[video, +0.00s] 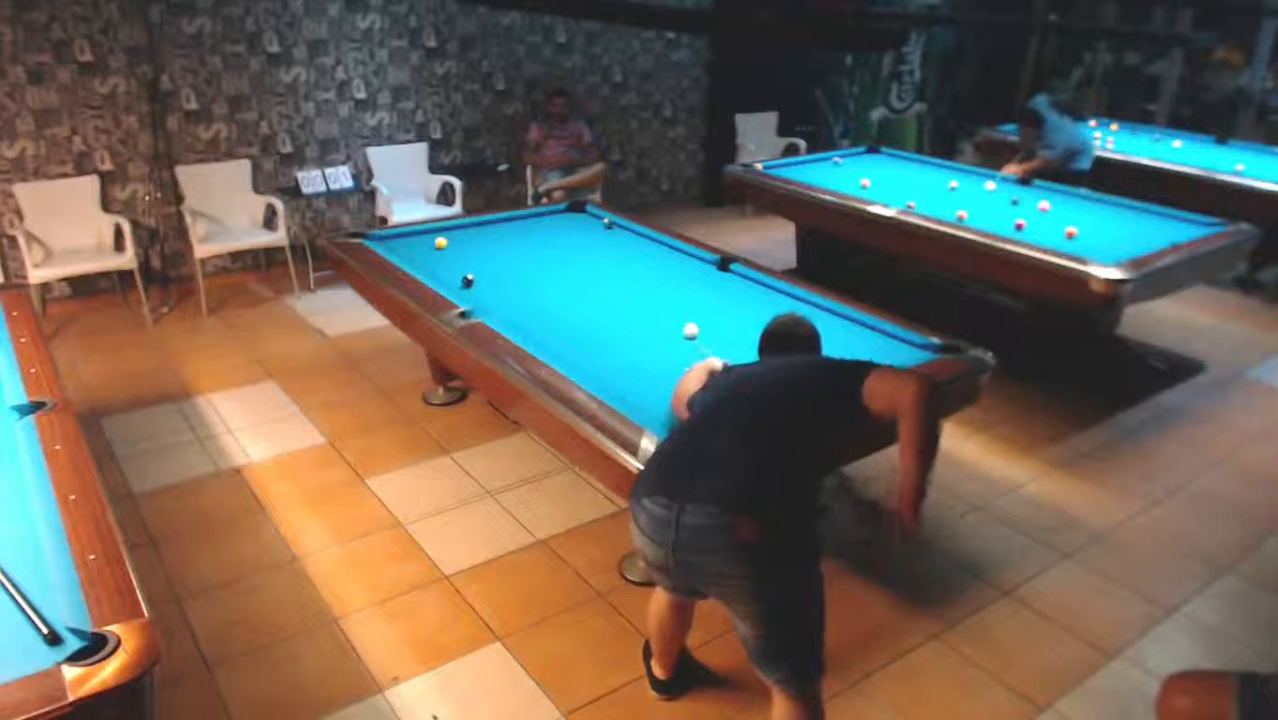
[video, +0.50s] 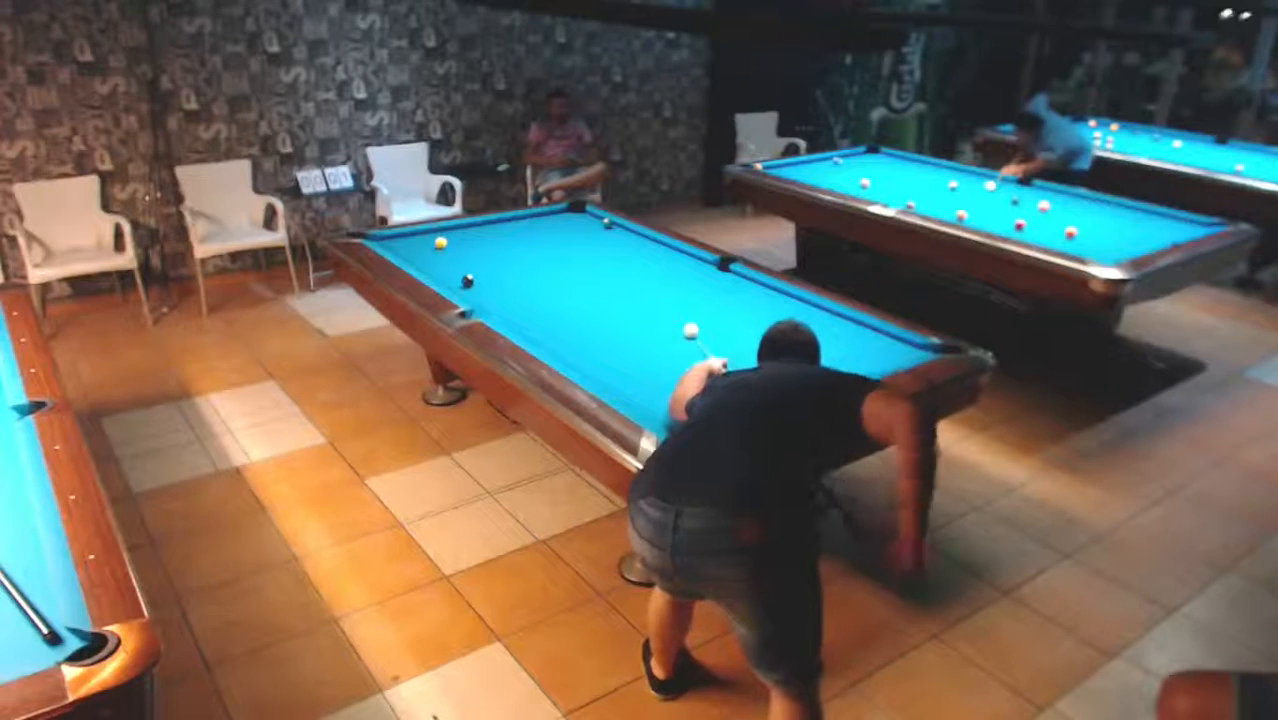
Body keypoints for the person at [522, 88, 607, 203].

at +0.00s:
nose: (559, 110)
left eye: (563, 106)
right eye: (555, 106)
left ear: (568, 108)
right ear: (548, 107)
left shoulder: (578, 126)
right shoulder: (539, 127)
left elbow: (593, 155)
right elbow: (528, 156)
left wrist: (572, 160)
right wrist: (552, 161)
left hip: (576, 166)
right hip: (550, 169)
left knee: (602, 169)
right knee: (558, 196)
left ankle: (551, 186)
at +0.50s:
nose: (560, 111)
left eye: (563, 106)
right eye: (556, 107)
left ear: (569, 107)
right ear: (549, 108)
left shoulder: (578, 125)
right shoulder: (539, 127)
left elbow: (592, 152)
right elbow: (528, 157)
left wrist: (574, 161)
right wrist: (553, 162)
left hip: (577, 166)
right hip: (551, 169)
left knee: (601, 169)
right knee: (559, 196)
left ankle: (548, 188)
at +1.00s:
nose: (560, 111)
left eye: (563, 106)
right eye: (555, 107)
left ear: (568, 108)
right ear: (549, 108)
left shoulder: (578, 125)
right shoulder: (540, 127)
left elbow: (593, 155)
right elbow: (528, 157)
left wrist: (572, 160)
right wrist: (552, 162)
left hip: (576, 166)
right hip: (552, 169)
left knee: (601, 168)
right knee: (558, 196)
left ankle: (549, 187)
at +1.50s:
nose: (559, 110)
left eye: (563, 106)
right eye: (555, 106)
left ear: (568, 108)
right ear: (548, 108)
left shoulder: (578, 126)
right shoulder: (538, 127)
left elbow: (593, 155)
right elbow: (529, 157)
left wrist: (572, 161)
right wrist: (555, 162)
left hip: (576, 168)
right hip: (550, 170)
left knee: (601, 168)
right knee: (558, 196)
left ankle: (549, 187)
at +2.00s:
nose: (559, 111)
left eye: (563, 107)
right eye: (556, 107)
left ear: (568, 108)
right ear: (549, 108)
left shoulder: (578, 125)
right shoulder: (538, 126)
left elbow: (593, 154)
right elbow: (529, 158)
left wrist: (570, 160)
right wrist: (557, 161)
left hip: (576, 166)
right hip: (550, 169)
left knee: (601, 168)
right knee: (558, 196)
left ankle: (549, 187)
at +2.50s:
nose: (559, 110)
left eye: (562, 106)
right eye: (555, 107)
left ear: (568, 107)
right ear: (548, 108)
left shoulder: (578, 126)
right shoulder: (538, 128)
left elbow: (591, 153)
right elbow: (529, 156)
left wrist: (567, 160)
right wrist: (552, 162)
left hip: (576, 166)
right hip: (550, 170)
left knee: (600, 168)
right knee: (558, 196)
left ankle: (551, 186)